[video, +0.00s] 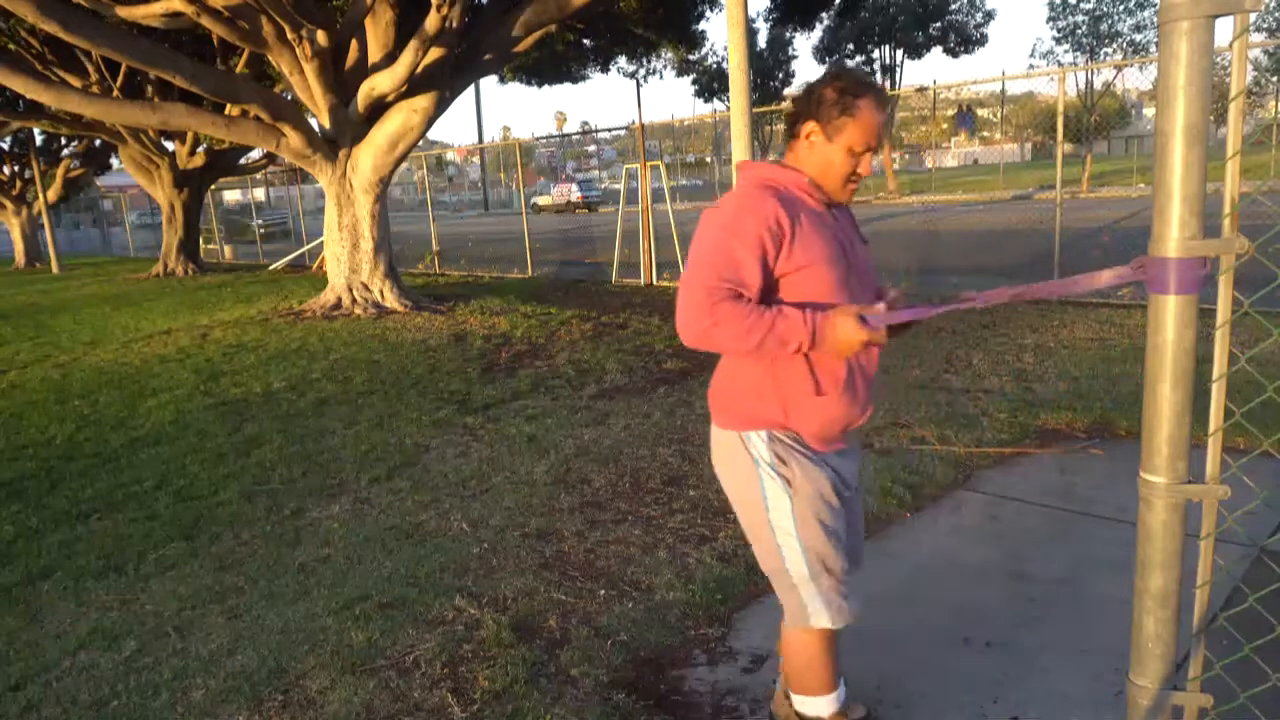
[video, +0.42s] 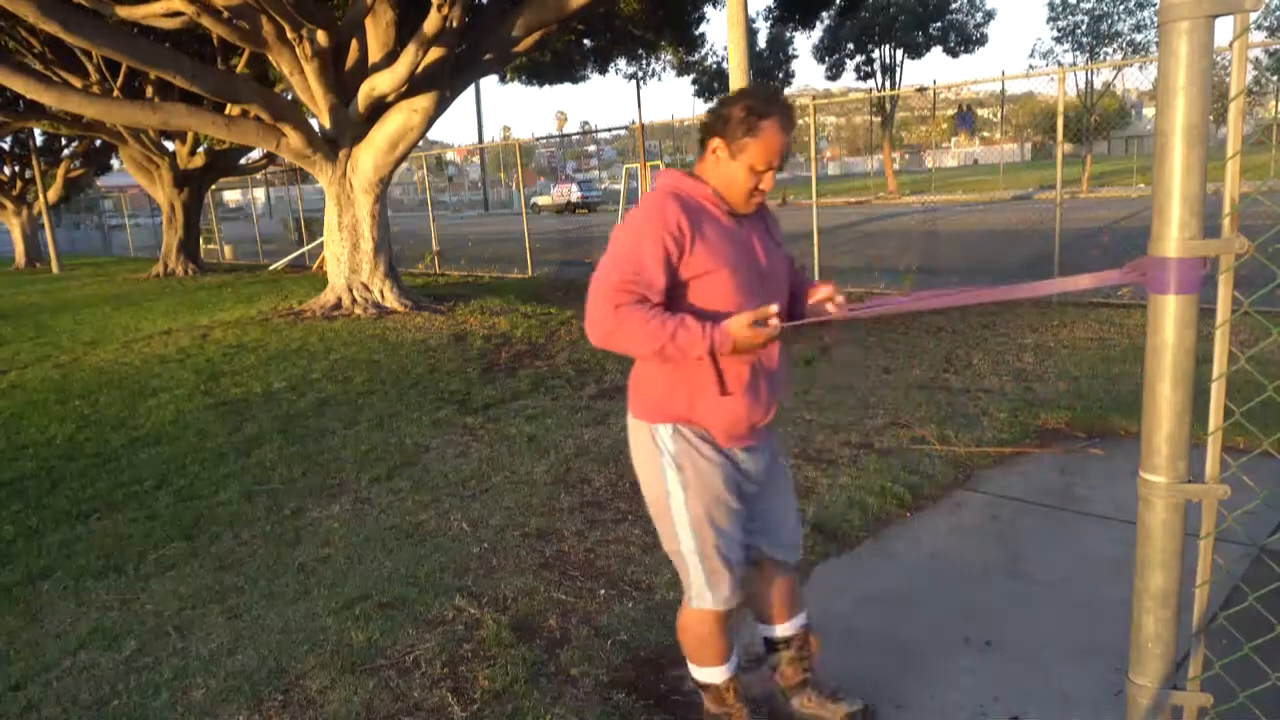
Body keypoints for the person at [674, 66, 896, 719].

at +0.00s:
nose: (866, 168)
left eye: (871, 154)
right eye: (859, 151)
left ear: (827, 139)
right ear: (810, 136)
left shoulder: (833, 211)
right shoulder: (750, 209)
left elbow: (838, 302)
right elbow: (699, 317)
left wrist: (879, 312)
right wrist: (818, 330)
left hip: (824, 431)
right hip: (767, 437)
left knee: (823, 578)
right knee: (813, 595)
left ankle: (796, 696)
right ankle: (821, 715)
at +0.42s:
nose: (767, 185)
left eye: (775, 171)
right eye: (757, 169)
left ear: (779, 162)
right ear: (715, 150)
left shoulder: (757, 216)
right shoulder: (661, 215)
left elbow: (775, 294)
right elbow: (606, 318)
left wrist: (809, 299)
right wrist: (717, 336)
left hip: (751, 422)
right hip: (679, 429)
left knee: (778, 558)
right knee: (711, 580)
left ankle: (795, 683)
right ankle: (723, 706)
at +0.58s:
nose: (735, 193)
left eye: (743, 180)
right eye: (726, 179)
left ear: (746, 166)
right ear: (683, 157)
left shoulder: (729, 224)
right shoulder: (628, 217)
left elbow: (747, 290)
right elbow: (566, 315)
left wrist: (776, 302)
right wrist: (670, 339)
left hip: (731, 421)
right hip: (655, 431)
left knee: (766, 541)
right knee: (686, 579)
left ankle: (723, 655)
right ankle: (711, 700)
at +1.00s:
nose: (697, 181)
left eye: (703, 166)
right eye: (684, 167)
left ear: (708, 162)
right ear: (639, 159)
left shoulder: (712, 216)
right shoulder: (603, 228)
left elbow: (760, 262)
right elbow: (626, 314)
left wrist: (810, 275)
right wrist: (740, 310)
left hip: (703, 420)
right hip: (637, 424)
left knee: (696, 543)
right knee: (689, 568)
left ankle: (638, 647)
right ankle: (717, 699)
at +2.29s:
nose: (716, 260)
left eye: (722, 246)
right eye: (704, 249)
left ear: (729, 230)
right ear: (661, 228)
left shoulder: (726, 267)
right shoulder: (617, 286)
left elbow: (775, 321)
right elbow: (650, 375)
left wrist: (849, 347)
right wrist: (762, 373)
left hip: (704, 462)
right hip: (637, 467)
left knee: (696, 567)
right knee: (737, 583)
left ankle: (586, 572)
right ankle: (742, 704)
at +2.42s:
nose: (739, 324)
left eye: (745, 311)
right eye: (729, 313)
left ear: (749, 292)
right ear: (686, 286)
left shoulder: (733, 318)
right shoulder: (634, 335)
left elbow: (775, 368)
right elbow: (671, 433)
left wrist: (831, 378)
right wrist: (780, 421)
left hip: (685, 493)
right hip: (625, 497)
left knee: (668, 599)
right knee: (738, 583)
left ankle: (573, 580)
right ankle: (742, 704)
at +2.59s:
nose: (753, 401)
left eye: (761, 391)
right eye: (747, 390)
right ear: (713, 361)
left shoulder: (729, 372)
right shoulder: (652, 399)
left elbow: (772, 416)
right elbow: (668, 505)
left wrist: (824, 428)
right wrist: (765, 471)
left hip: (670, 523)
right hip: (608, 530)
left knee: (670, 636)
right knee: (730, 584)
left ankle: (580, 594)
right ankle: (741, 705)